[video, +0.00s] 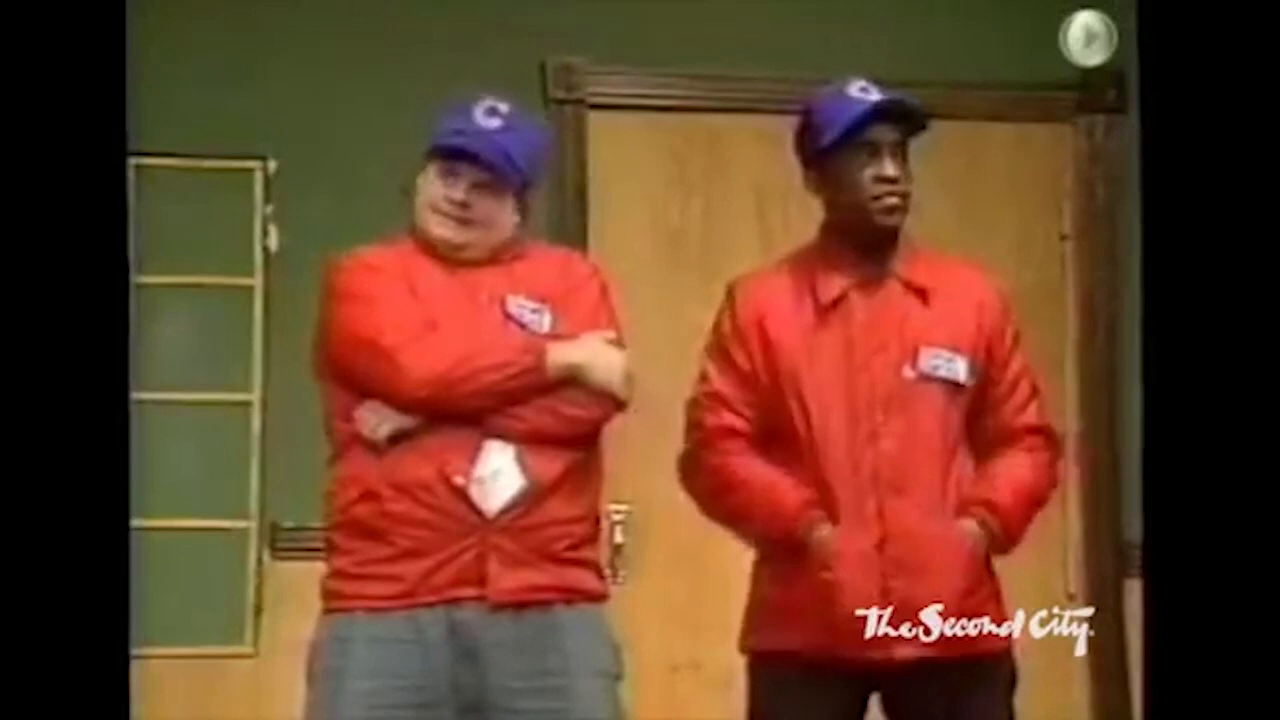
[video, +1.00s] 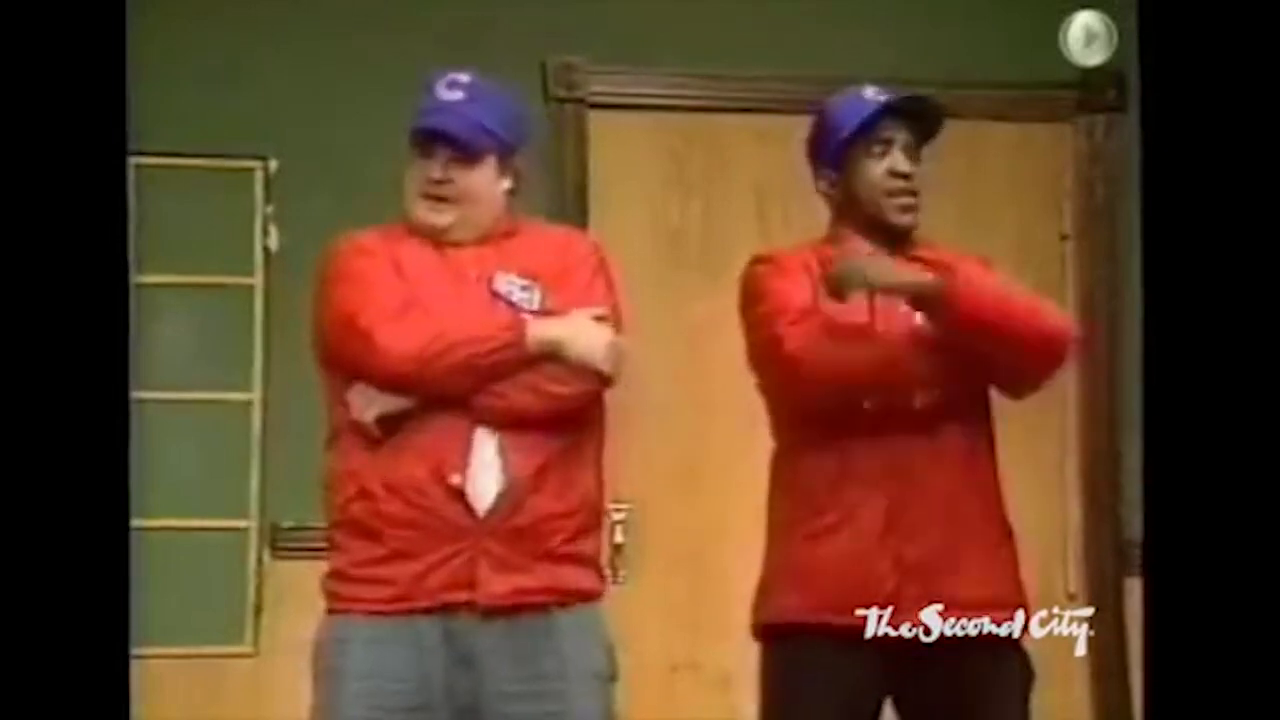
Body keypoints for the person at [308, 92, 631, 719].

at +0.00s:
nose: (459, 196)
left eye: (486, 186)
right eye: (447, 174)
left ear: (522, 206)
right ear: (421, 176)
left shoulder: (571, 277)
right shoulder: (364, 274)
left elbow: (591, 401)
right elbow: (414, 378)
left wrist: (431, 407)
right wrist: (559, 361)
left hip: (547, 607)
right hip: (385, 608)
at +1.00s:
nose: (436, 172)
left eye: (462, 157)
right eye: (425, 152)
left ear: (509, 174)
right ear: (407, 162)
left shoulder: (570, 256)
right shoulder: (364, 255)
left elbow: (573, 388)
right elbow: (383, 352)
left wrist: (426, 380)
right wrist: (543, 336)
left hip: (544, 609)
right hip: (384, 611)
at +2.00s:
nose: (364, 155)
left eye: (384, 135)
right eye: (342, 138)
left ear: (416, 148)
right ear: (313, 154)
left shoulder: (493, 252)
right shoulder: (268, 274)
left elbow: (546, 400)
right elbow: (234, 429)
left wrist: (464, 525)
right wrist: (332, 550)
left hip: (493, 612)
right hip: (325, 618)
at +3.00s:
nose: (417, 162)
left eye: (430, 143)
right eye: (390, 146)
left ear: (450, 156)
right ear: (342, 168)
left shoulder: (509, 262)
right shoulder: (275, 274)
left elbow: (559, 409)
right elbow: (226, 427)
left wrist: (465, 521)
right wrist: (317, 539)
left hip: (477, 608)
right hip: (321, 611)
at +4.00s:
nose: (509, 196)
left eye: (516, 179)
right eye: (485, 178)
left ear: (529, 187)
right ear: (422, 188)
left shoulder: (558, 306)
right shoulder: (331, 279)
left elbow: (590, 466)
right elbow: (281, 435)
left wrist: (503, 574)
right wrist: (375, 552)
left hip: (500, 625)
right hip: (342, 624)